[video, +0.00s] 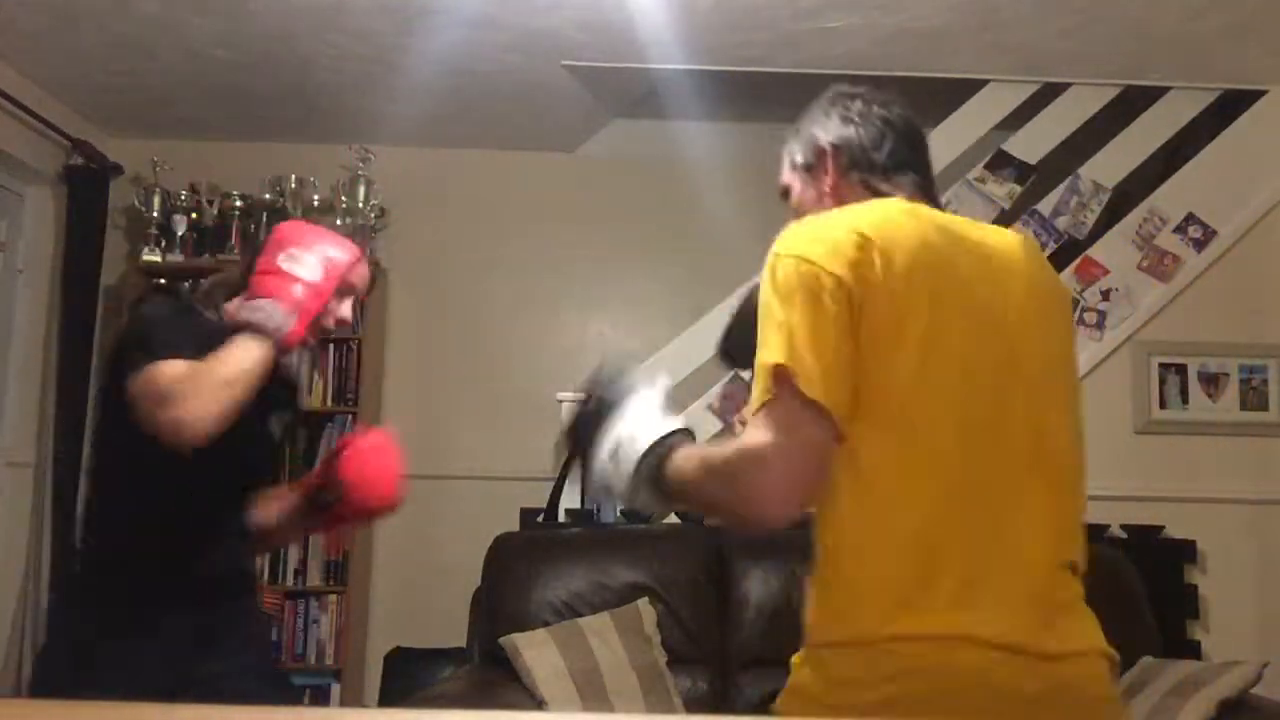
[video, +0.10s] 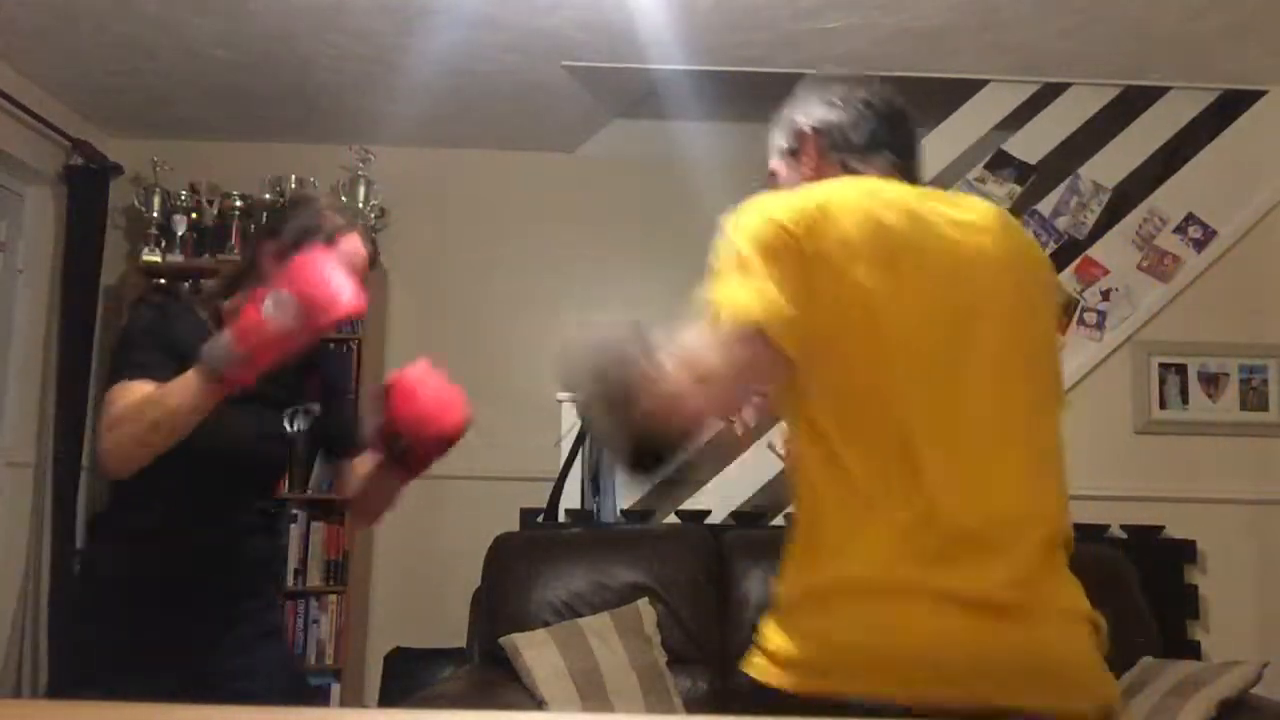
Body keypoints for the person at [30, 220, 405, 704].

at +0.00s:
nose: (348, 316)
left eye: (355, 300)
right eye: (342, 293)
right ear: (297, 277)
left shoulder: (268, 383)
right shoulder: (163, 322)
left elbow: (239, 521)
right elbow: (184, 415)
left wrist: (320, 496)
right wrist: (271, 319)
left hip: (222, 636)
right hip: (122, 635)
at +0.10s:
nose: (340, 294)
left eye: (353, 281)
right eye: (330, 272)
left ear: (358, 288)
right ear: (272, 256)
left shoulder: (318, 363)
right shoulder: (170, 323)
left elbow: (356, 504)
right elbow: (117, 451)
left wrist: (404, 454)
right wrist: (234, 356)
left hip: (243, 615)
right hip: (129, 609)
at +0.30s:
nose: (263, 283)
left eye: (281, 265)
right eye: (250, 257)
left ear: (296, 269)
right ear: (202, 243)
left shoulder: (284, 332)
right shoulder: (127, 321)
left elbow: (361, 453)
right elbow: (129, 455)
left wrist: (402, 396)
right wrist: (232, 371)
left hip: (247, 598)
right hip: (129, 596)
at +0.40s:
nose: (198, 293)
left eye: (216, 276)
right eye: (181, 271)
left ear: (235, 283)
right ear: (141, 265)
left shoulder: (244, 343)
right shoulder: (87, 337)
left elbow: (301, 473)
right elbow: (120, 442)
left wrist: (355, 441)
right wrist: (246, 368)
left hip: (228, 620)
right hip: (111, 620)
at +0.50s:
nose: (105, 285)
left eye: (124, 265)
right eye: (89, 266)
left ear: (162, 269)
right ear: (66, 269)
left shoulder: (207, 342)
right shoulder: (42, 344)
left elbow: (262, 459)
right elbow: (89, 445)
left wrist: (321, 482)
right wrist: (207, 358)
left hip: (208, 624)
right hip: (91, 625)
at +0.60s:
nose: (11, 290)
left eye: (26, 267)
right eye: (5, 271)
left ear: (83, 258)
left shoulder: (167, 322)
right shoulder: (16, 348)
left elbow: (246, 431)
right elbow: (62, 434)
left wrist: (269, 500)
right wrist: (148, 345)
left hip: (193, 598)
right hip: (80, 604)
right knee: (43, 716)